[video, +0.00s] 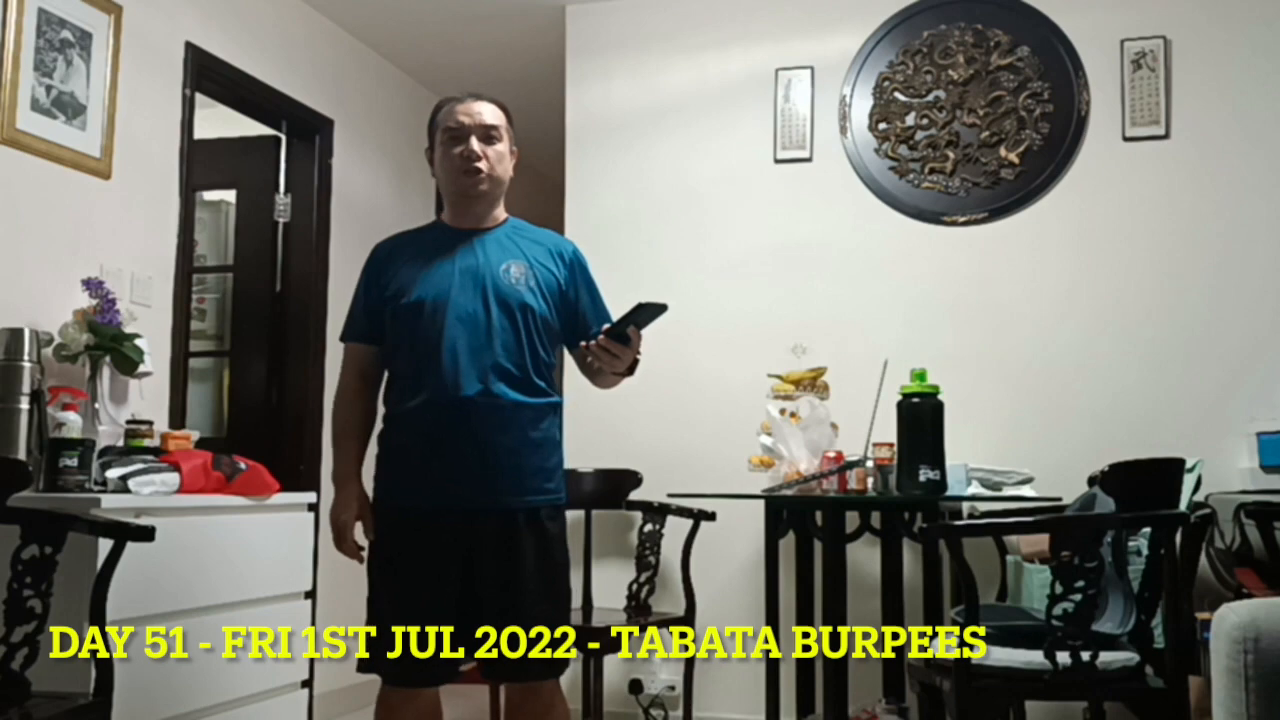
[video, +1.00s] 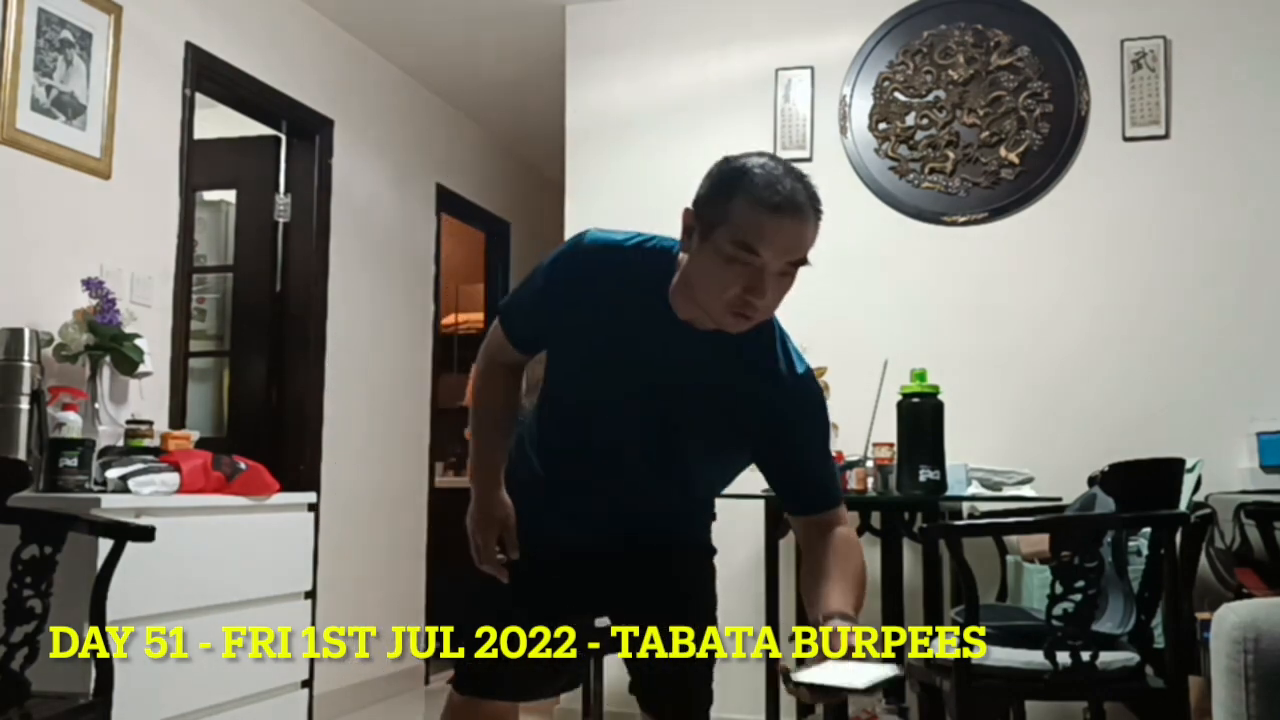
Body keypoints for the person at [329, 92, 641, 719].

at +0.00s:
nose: (472, 147)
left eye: (488, 136)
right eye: (455, 137)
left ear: (513, 160)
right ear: (432, 159)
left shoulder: (557, 255)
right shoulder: (392, 258)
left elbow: (600, 364)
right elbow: (358, 380)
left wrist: (617, 363)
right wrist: (346, 483)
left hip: (523, 501)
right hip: (415, 500)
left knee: (533, 683)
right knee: (407, 685)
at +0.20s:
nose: (482, 161)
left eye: (496, 148)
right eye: (463, 147)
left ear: (511, 162)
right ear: (428, 158)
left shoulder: (549, 258)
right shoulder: (382, 258)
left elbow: (594, 363)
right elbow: (344, 376)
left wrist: (614, 366)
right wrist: (333, 481)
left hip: (516, 502)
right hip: (405, 500)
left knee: (534, 678)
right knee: (397, 684)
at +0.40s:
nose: (509, 182)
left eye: (523, 163)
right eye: (490, 161)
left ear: (538, 167)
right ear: (449, 161)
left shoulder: (567, 266)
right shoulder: (394, 258)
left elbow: (615, 376)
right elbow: (342, 368)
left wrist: (632, 383)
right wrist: (334, 470)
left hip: (525, 516)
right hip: (411, 510)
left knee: (561, 695)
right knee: (393, 695)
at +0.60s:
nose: (594, 190)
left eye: (612, 172)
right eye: (574, 165)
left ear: (624, 175)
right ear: (531, 158)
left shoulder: (639, 286)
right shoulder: (459, 250)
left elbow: (679, 397)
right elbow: (398, 361)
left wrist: (691, 429)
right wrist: (379, 466)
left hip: (575, 528)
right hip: (458, 517)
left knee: (599, 704)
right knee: (408, 696)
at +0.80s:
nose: (701, 239)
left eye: (723, 219)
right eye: (682, 209)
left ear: (738, 214)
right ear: (633, 186)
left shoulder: (732, 331)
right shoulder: (542, 252)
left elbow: (777, 454)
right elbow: (464, 355)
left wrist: (776, 501)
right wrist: (447, 490)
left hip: (637, 540)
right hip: (511, 525)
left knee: (661, 707)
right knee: (460, 705)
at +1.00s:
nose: (764, 293)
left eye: (789, 270)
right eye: (743, 258)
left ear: (801, 265)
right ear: (691, 229)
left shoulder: (782, 387)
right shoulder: (589, 269)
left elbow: (827, 524)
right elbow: (499, 358)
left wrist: (834, 619)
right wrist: (486, 488)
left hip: (669, 544)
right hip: (546, 522)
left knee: (681, 708)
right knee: (482, 701)